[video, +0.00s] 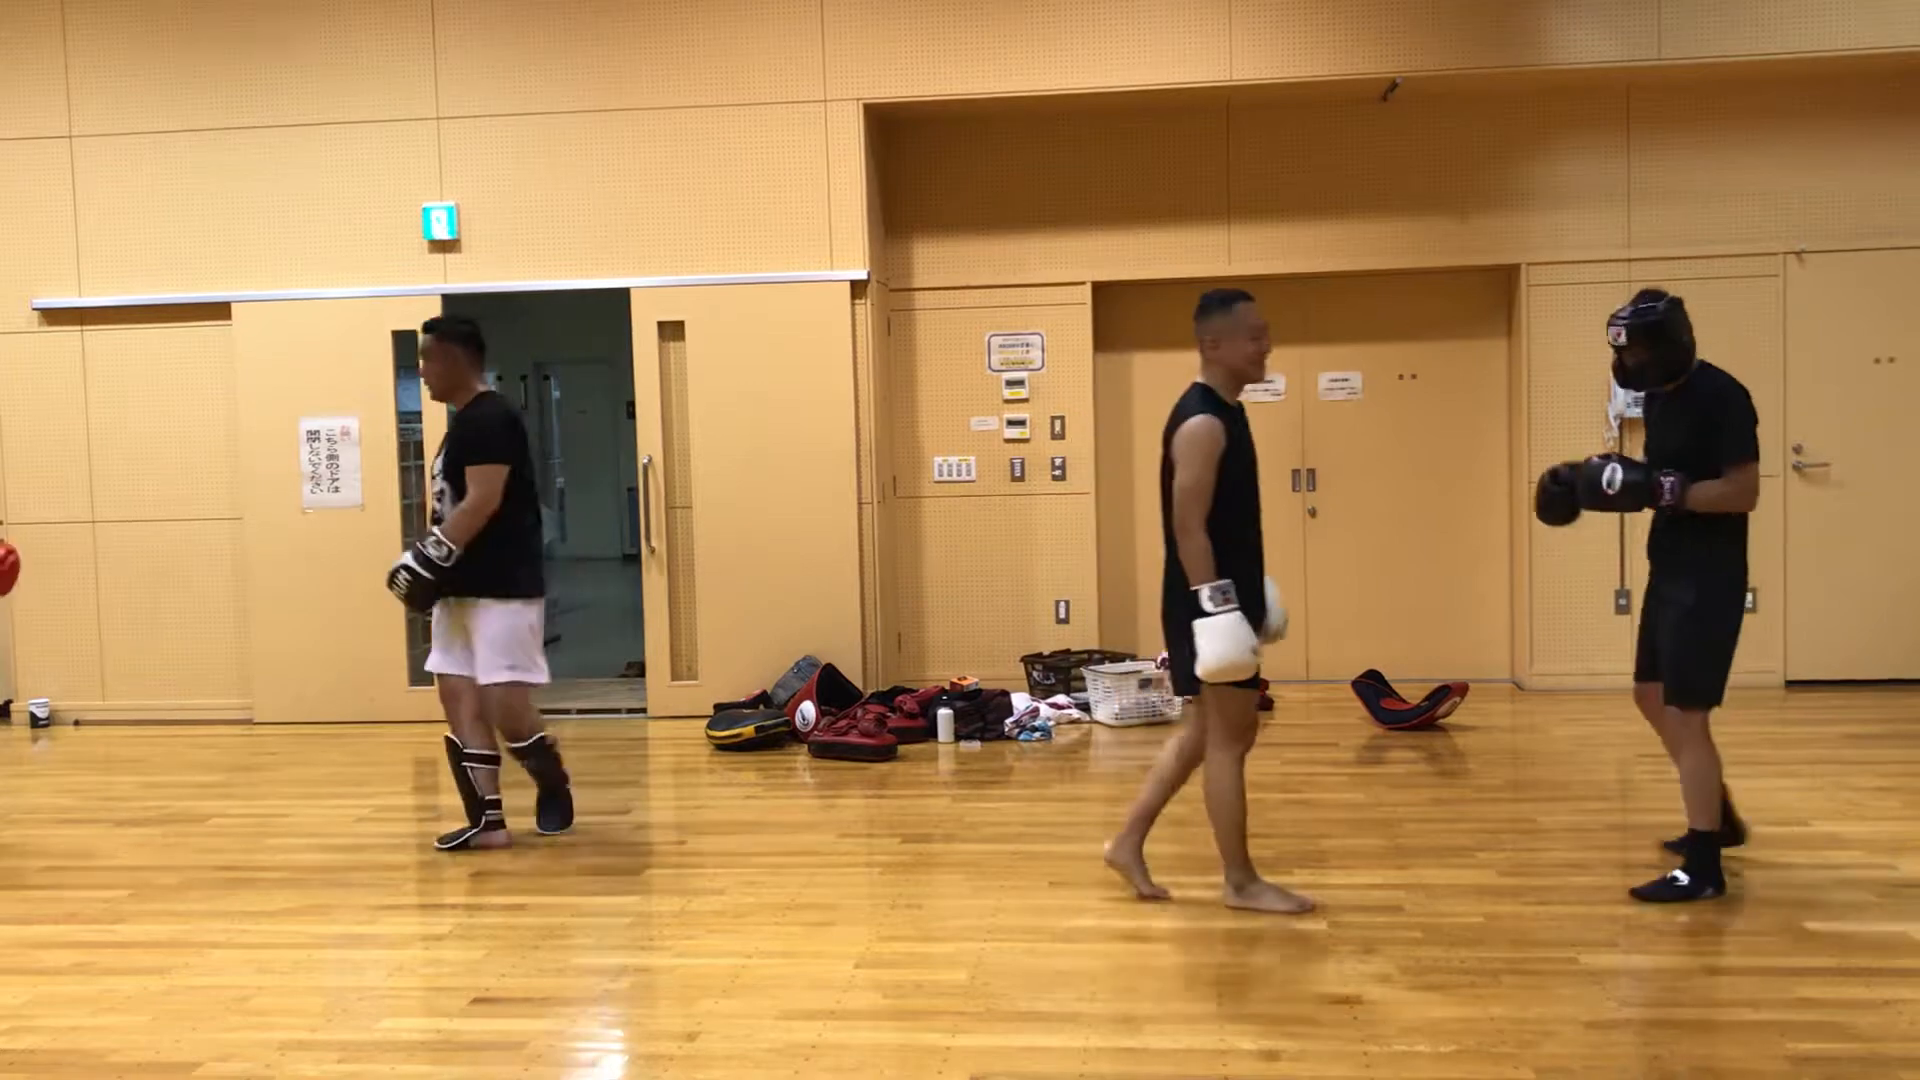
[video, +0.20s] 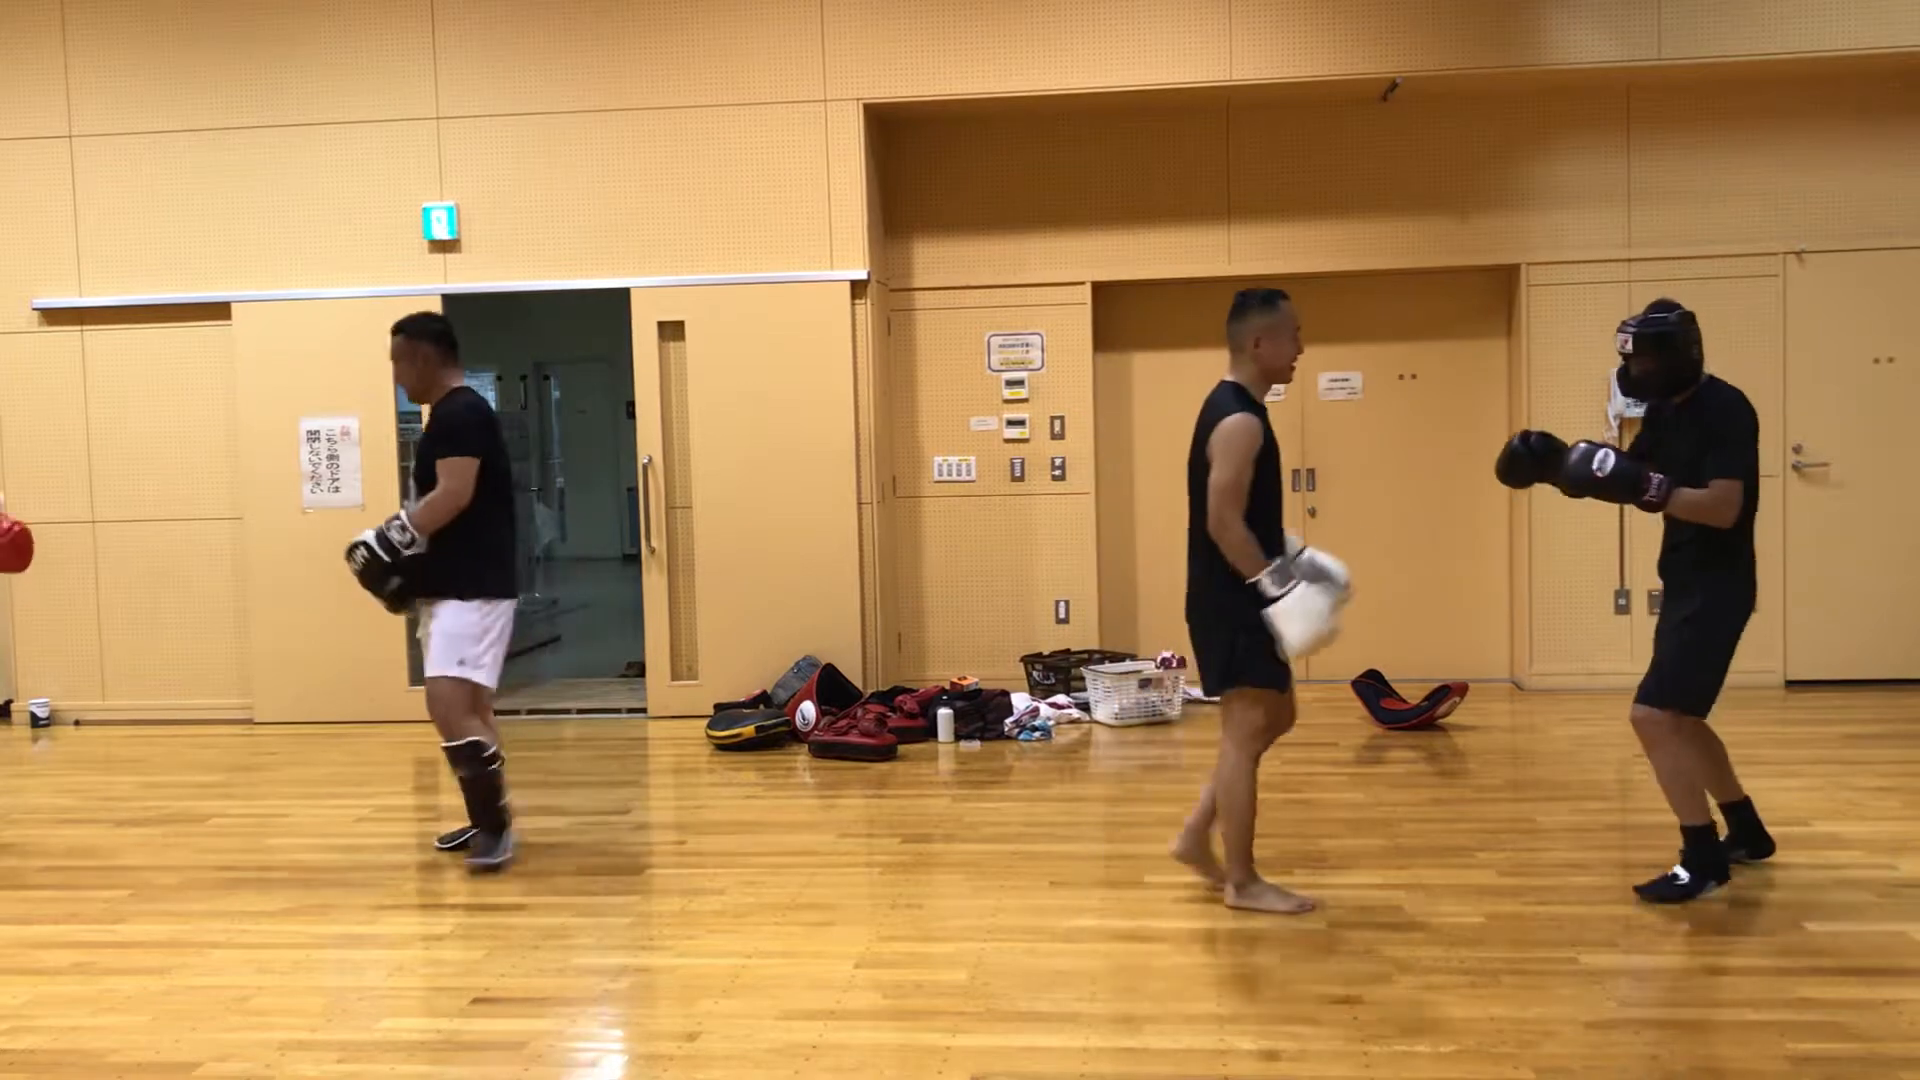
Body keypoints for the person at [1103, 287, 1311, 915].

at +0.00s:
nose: (1266, 346)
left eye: (1265, 335)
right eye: (1255, 337)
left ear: (1230, 344)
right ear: (1213, 344)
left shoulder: (1225, 412)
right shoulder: (1202, 422)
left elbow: (1227, 519)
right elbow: (1187, 526)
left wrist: (1256, 587)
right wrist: (1217, 610)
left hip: (1219, 600)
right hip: (1209, 606)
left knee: (1201, 731)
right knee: (1229, 737)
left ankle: (1128, 843)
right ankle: (1240, 880)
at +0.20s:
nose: (1299, 351)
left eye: (1298, 339)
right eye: (1291, 339)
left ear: (1254, 344)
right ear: (1258, 343)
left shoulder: (1238, 409)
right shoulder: (1237, 420)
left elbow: (1246, 513)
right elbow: (1222, 521)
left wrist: (1297, 554)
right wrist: (1276, 588)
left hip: (1241, 594)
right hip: (1228, 599)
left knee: (1277, 714)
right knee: (1244, 730)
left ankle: (1195, 835)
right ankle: (1241, 880)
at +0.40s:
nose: (1320, 347)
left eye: (1319, 335)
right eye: (1313, 335)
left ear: (1276, 341)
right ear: (1279, 339)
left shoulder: (1264, 409)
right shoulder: (1260, 417)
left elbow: (1293, 493)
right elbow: (1280, 515)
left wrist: (1351, 485)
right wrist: (1354, 502)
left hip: (1276, 603)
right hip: (1258, 607)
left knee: (1313, 711)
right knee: (1264, 727)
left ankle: (1320, 853)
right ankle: (1243, 881)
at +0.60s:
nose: (1337, 347)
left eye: (1337, 336)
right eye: (1329, 336)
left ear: (1303, 339)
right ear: (1292, 338)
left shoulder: (1316, 404)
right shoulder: (1259, 413)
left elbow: (1387, 441)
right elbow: (1312, 491)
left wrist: (1459, 412)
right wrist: (1350, 426)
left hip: (1313, 591)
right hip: (1272, 595)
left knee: (1345, 708)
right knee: (1283, 722)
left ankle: (1350, 851)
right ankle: (1246, 876)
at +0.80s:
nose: (1358, 354)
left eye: (1359, 342)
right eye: (1349, 341)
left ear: (1325, 344)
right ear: (1310, 341)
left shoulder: (1343, 412)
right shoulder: (1264, 412)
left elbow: (1385, 478)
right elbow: (1265, 504)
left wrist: (1441, 454)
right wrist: (1320, 457)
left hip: (1333, 587)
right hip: (1278, 594)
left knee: (1374, 702)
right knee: (1284, 723)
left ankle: (1365, 840)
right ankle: (1248, 873)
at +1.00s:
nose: (1396, 373)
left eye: (1398, 362)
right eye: (1386, 361)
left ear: (1376, 364)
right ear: (1344, 358)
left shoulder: (1381, 432)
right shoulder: (1288, 418)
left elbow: (1409, 516)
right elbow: (1263, 506)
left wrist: (1448, 501)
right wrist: (1329, 492)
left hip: (1339, 592)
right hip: (1278, 592)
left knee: (1383, 709)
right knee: (1283, 719)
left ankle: (1368, 847)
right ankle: (1258, 867)